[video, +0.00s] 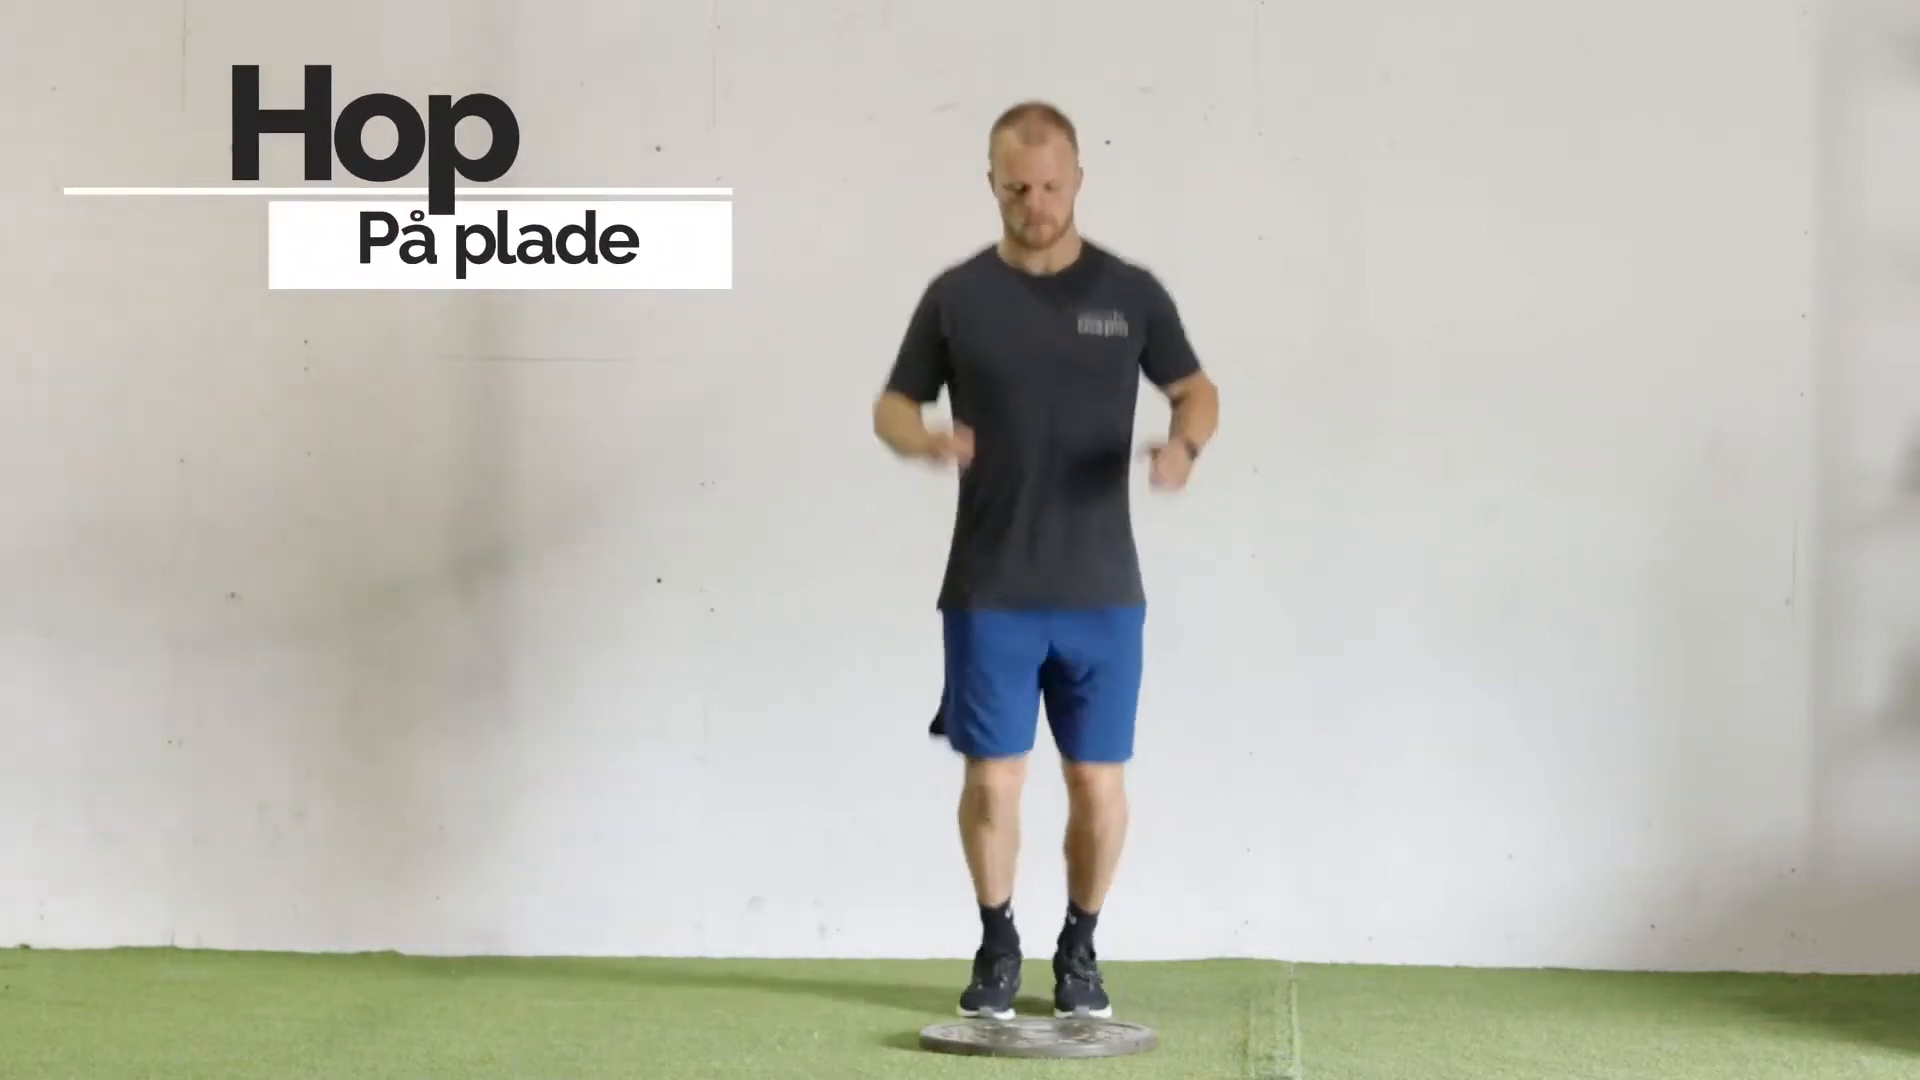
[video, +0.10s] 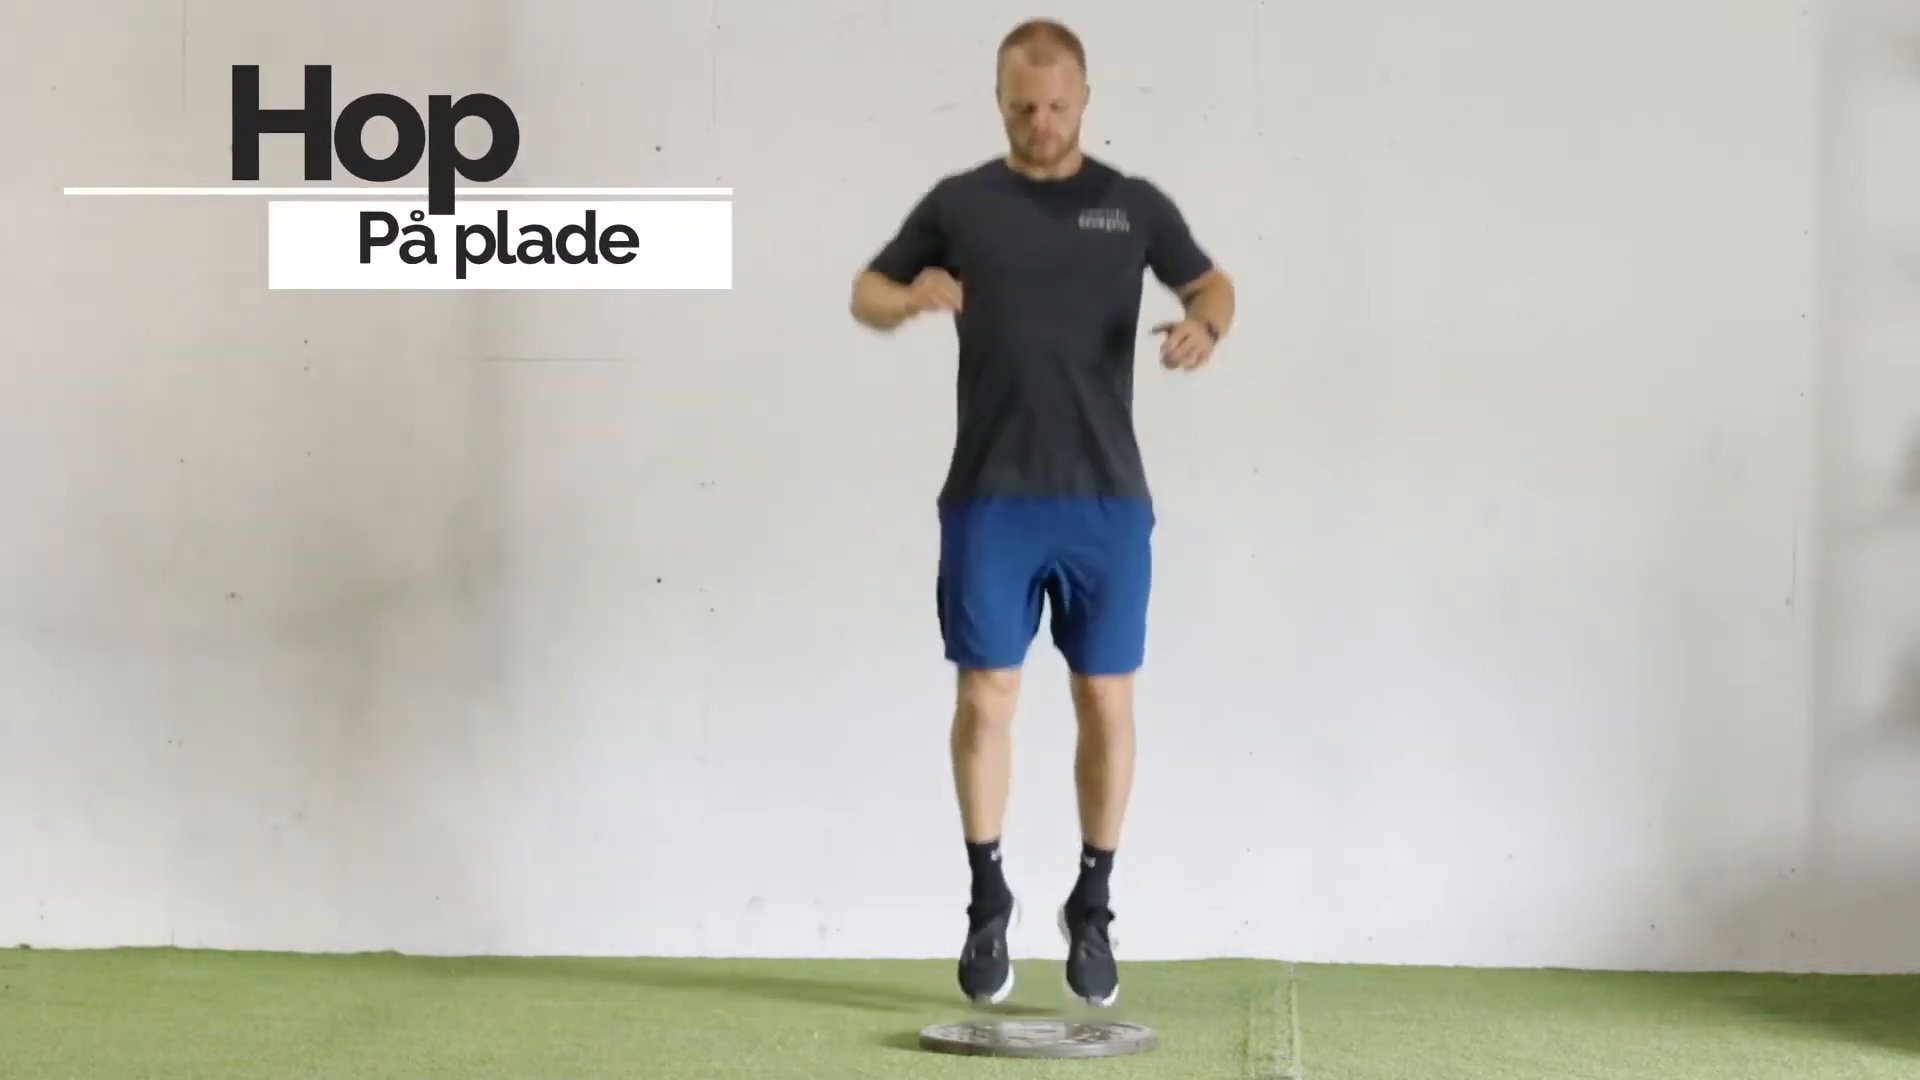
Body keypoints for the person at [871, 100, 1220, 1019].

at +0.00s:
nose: (1033, 203)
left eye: (1049, 185)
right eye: (1015, 187)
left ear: (1078, 180)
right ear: (993, 187)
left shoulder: (1132, 292)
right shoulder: (954, 297)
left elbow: (1196, 393)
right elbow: (892, 410)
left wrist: (1183, 442)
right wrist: (926, 437)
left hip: (1100, 580)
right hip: (992, 581)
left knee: (1097, 782)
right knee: (992, 780)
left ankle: (1080, 950)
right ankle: (997, 948)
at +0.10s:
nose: (1040, 122)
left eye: (1055, 106)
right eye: (1023, 107)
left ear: (1084, 100)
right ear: (1001, 105)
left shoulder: (1133, 205)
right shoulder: (960, 202)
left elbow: (1212, 285)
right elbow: (867, 296)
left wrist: (1204, 325)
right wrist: (907, 297)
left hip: (1106, 491)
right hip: (992, 490)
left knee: (1105, 703)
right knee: (986, 698)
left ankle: (1094, 905)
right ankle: (987, 900)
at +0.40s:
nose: (1048, 166)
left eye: (1064, 149)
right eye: (1031, 150)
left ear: (1093, 147)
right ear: (1008, 150)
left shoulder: (1139, 259)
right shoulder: (964, 254)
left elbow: (1202, 361)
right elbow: (895, 354)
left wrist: (1196, 443)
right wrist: (927, 439)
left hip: (1104, 537)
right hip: (993, 533)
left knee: (1089, 746)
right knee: (1006, 747)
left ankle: (1067, 960)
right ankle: (1010, 960)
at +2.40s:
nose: (1056, 163)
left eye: (1072, 146)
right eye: (1039, 147)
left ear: (1101, 142)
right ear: (1016, 144)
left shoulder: (1148, 258)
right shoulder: (973, 253)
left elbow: (1194, 373)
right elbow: (913, 361)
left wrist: (1173, 441)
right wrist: (939, 447)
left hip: (1121, 547)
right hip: (1008, 544)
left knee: (1112, 743)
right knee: (1012, 743)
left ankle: (1086, 957)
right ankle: (1016, 955)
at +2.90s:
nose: (1055, 142)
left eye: (1071, 125)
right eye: (1038, 126)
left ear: (1101, 120)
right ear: (1016, 125)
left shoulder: (1149, 230)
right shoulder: (974, 227)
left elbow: (1213, 334)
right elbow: (899, 325)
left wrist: (1187, 369)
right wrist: (935, 340)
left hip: (1120, 517)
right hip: (1007, 515)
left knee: (1120, 721)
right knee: (1008, 722)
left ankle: (1106, 929)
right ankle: (1015, 929)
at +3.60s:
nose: (1043, 105)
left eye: (1059, 86)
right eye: (1025, 87)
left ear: (1089, 76)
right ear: (1002, 82)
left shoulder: (1143, 186)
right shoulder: (962, 183)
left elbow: (1211, 279)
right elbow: (904, 280)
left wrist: (1184, 357)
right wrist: (925, 365)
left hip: (1112, 476)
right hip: (997, 475)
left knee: (1109, 686)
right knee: (997, 683)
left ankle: (1096, 900)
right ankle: (996, 896)